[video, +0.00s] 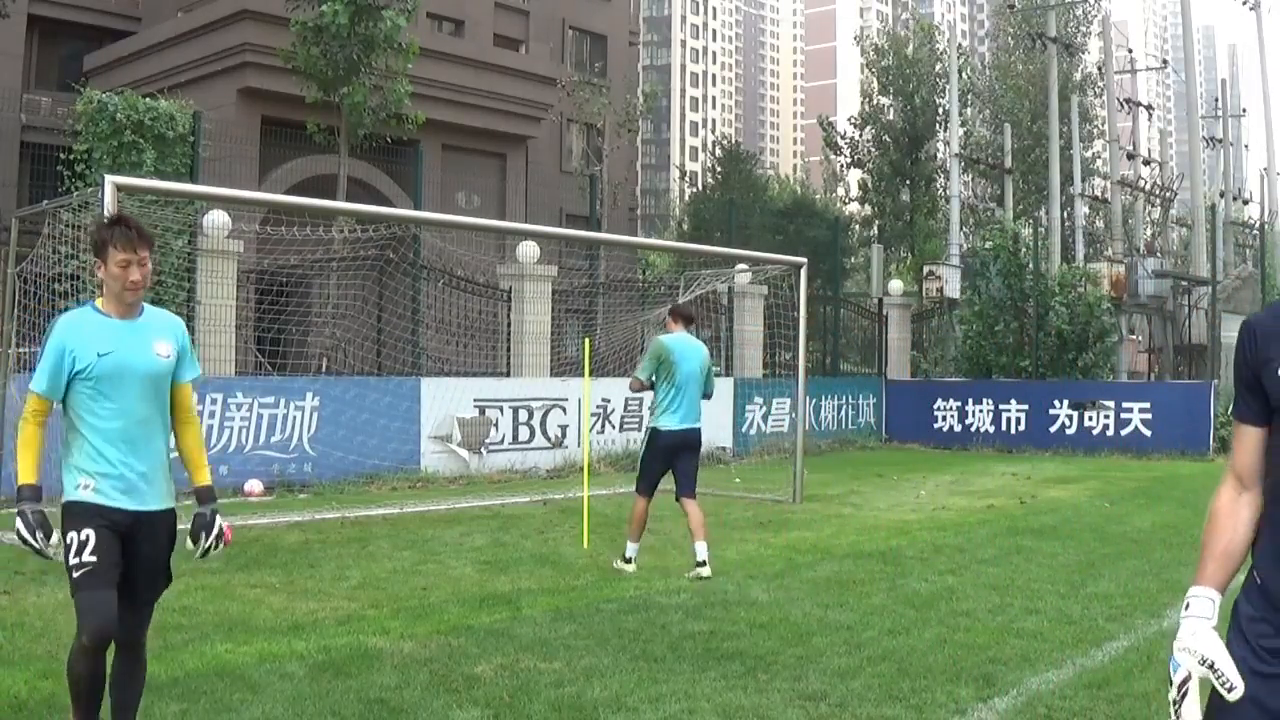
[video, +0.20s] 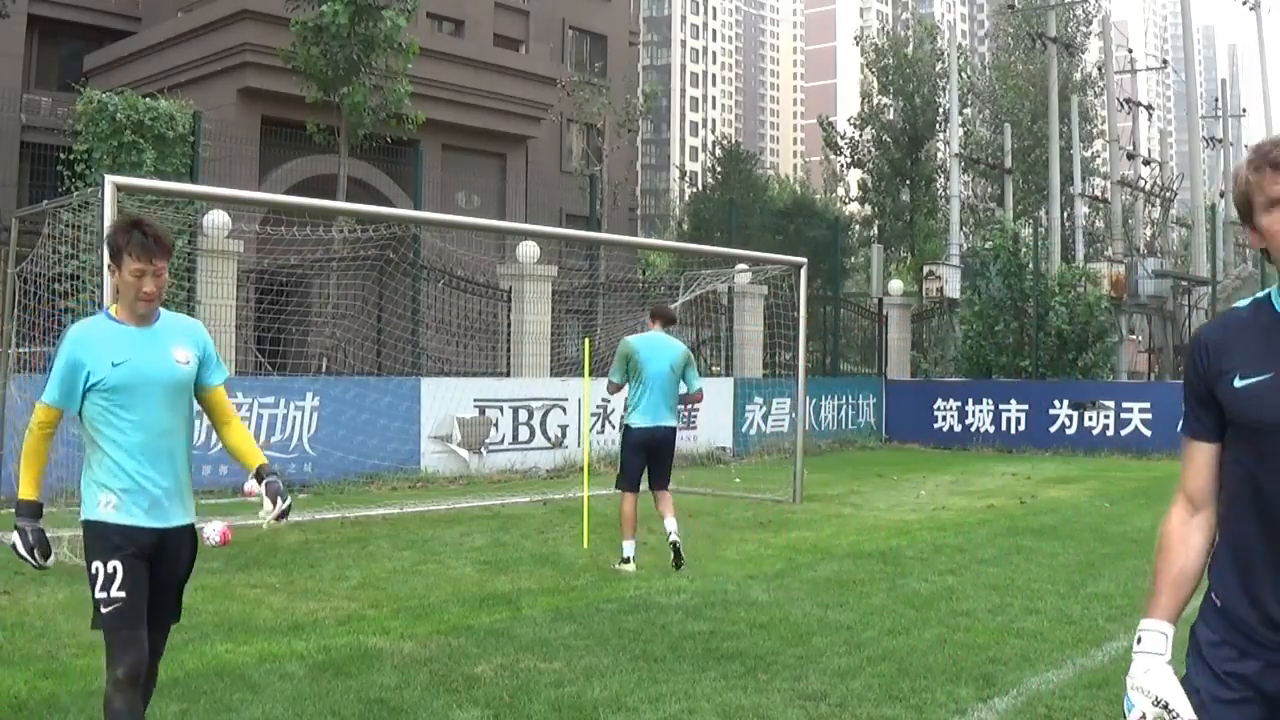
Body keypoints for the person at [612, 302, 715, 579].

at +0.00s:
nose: (665, 326)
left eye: (666, 322)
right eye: (667, 322)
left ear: (671, 321)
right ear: (690, 323)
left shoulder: (661, 343)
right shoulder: (703, 349)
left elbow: (636, 384)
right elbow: (707, 392)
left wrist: (658, 382)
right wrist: (680, 382)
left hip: (663, 434)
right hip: (692, 434)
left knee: (643, 495)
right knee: (688, 497)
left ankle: (629, 557)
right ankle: (702, 562)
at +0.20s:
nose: (649, 325)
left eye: (649, 321)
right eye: (655, 322)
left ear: (650, 320)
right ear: (671, 324)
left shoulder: (630, 343)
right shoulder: (682, 349)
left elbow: (613, 387)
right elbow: (697, 395)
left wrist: (630, 373)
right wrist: (671, 398)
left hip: (636, 430)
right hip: (666, 431)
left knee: (629, 491)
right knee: (661, 488)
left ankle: (628, 557)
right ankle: (673, 533)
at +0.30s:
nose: (643, 322)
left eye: (644, 319)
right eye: (648, 320)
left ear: (646, 320)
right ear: (667, 326)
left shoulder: (622, 341)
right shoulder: (675, 349)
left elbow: (605, 383)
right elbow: (691, 394)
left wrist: (623, 364)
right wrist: (672, 404)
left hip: (629, 428)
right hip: (659, 429)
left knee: (627, 491)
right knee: (655, 485)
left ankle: (628, 557)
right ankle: (654, 534)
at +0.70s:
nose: (661, 343)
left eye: (662, 339)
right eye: (664, 339)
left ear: (643, 324)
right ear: (661, 333)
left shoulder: (611, 342)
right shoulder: (656, 352)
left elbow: (600, 381)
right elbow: (654, 394)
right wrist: (667, 423)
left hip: (610, 427)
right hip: (639, 429)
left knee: (611, 486)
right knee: (632, 490)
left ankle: (614, 529)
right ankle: (620, 544)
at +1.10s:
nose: (662, 345)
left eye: (665, 341)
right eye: (664, 339)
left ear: (650, 328)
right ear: (653, 329)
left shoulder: (627, 342)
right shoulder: (636, 347)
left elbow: (626, 376)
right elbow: (619, 385)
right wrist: (642, 412)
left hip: (619, 418)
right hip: (625, 420)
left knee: (625, 482)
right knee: (630, 484)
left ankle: (622, 535)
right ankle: (618, 545)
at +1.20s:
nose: (660, 341)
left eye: (662, 337)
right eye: (660, 335)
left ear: (651, 331)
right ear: (647, 328)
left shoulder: (641, 351)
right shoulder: (628, 346)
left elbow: (660, 375)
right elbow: (607, 384)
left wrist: (665, 349)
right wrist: (633, 409)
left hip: (630, 421)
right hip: (621, 421)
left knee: (633, 483)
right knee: (633, 484)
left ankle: (623, 537)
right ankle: (618, 544)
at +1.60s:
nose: (649, 325)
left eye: (650, 320)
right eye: (644, 320)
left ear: (652, 322)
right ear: (630, 323)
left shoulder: (653, 343)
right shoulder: (613, 348)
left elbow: (680, 346)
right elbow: (599, 382)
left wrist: (658, 319)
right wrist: (610, 408)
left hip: (644, 420)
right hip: (621, 420)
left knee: (636, 478)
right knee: (629, 478)